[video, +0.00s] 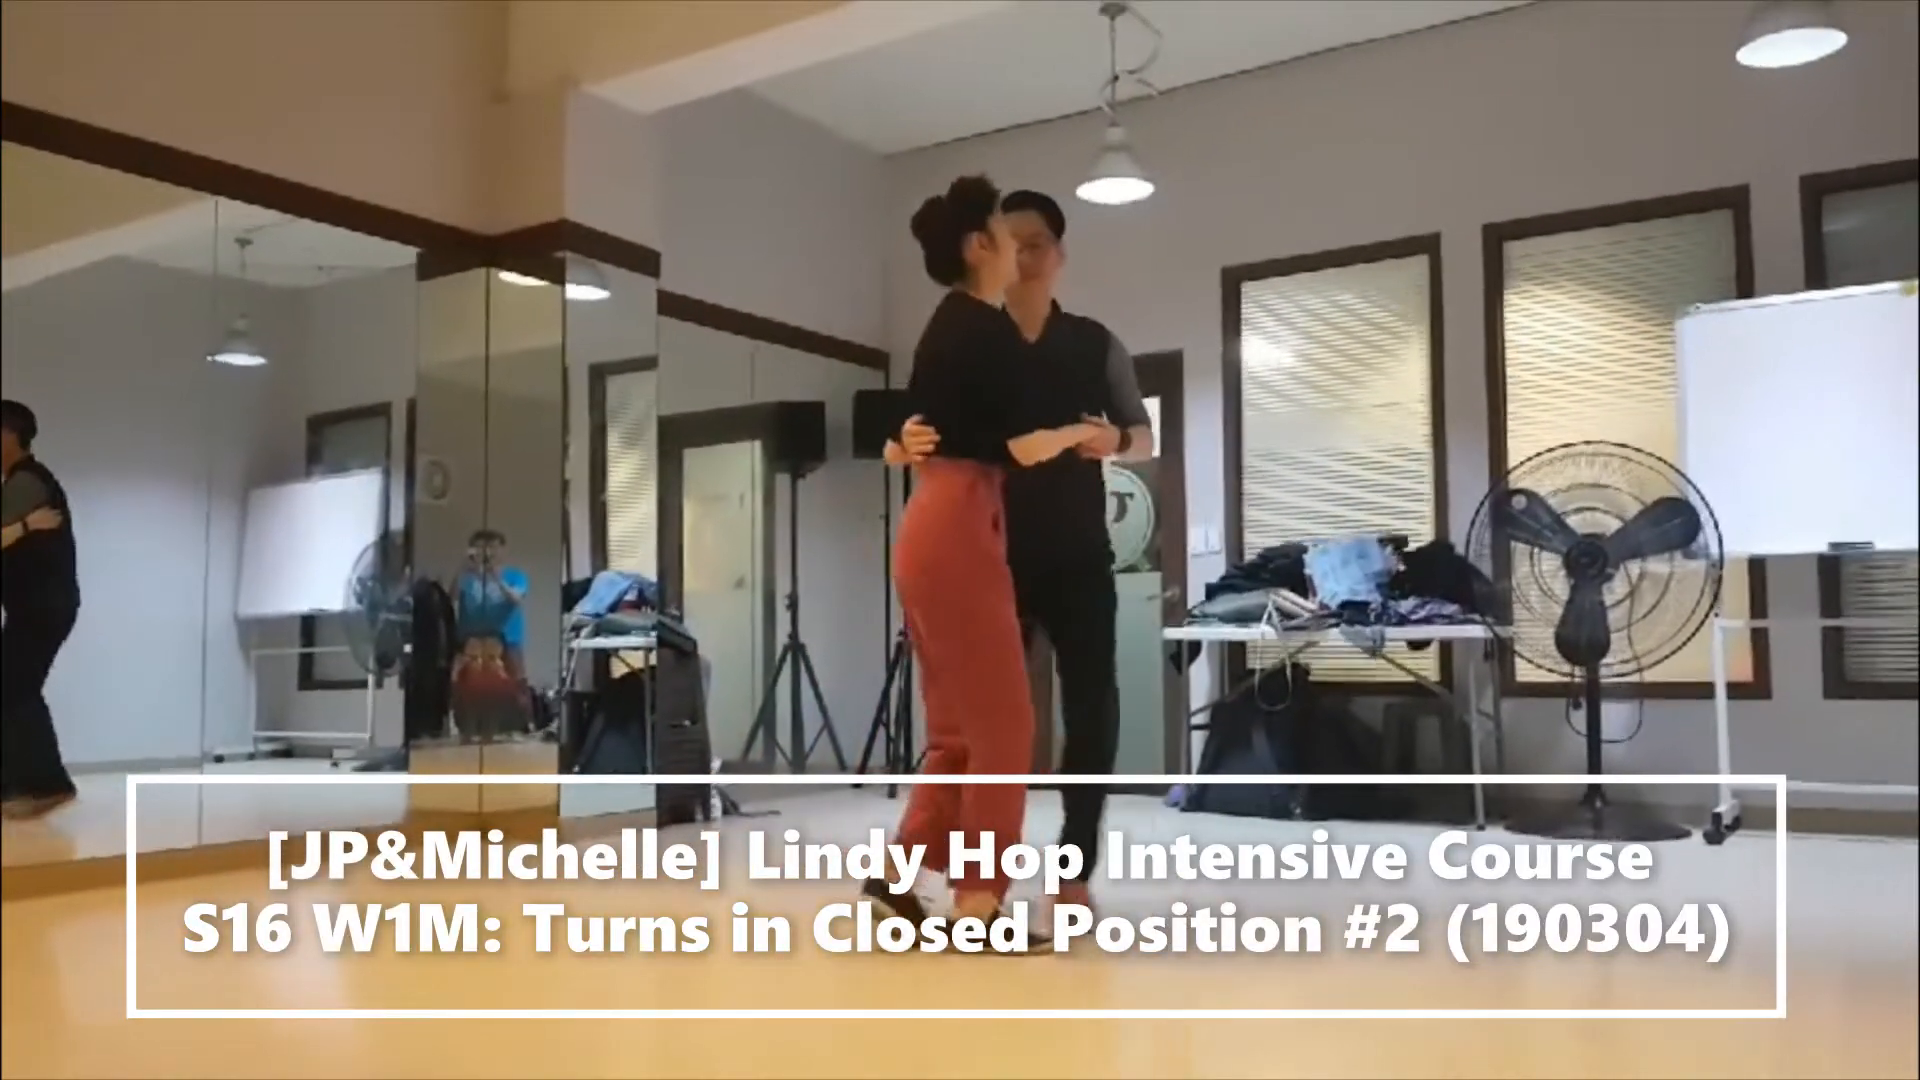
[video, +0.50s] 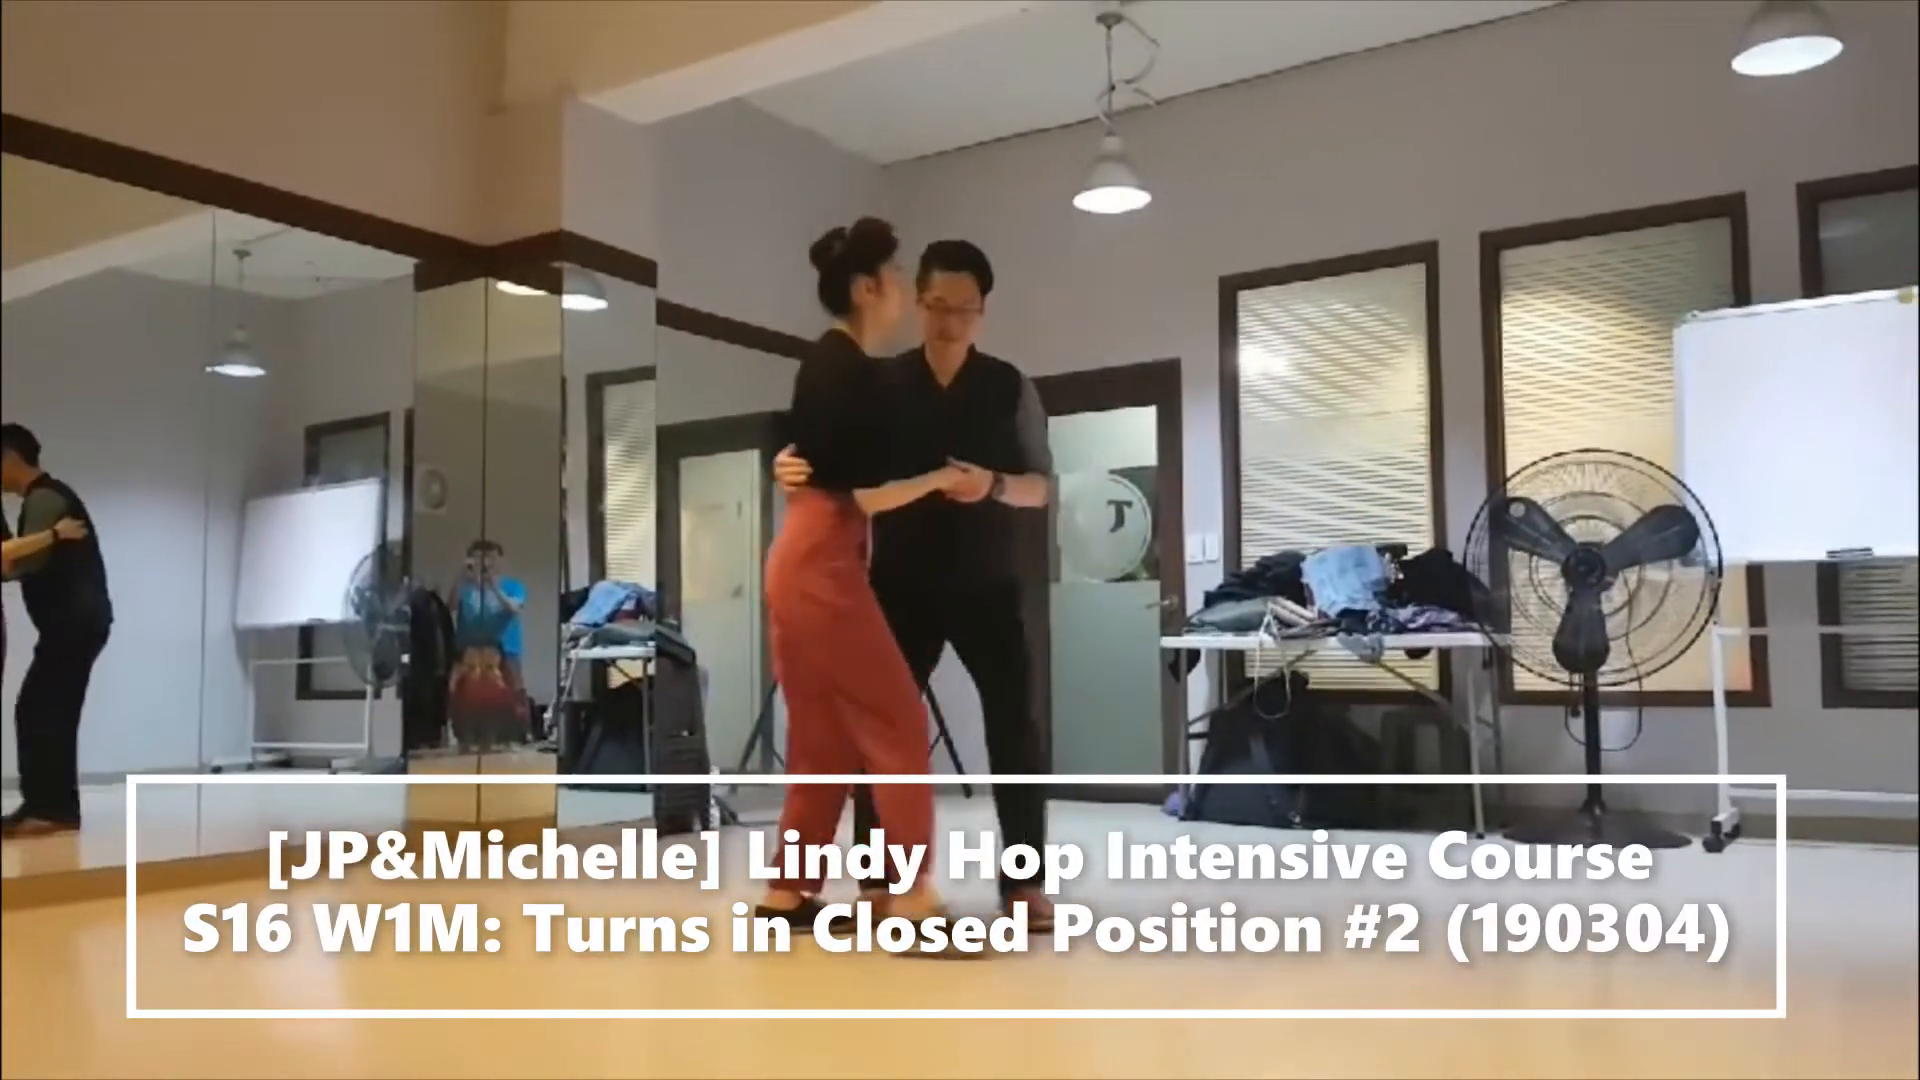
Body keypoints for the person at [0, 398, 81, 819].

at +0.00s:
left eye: (1, 434)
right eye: (0, 434)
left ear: (14, 437)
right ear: (18, 437)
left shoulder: (26, 483)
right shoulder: (28, 480)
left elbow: (7, 538)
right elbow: (11, 540)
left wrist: (25, 525)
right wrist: (25, 523)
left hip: (44, 604)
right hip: (36, 602)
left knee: (18, 686)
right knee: (19, 687)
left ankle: (47, 781)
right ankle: (40, 780)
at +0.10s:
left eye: (1, 440)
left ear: (12, 443)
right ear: (17, 443)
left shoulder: (24, 489)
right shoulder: (29, 485)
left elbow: (6, 543)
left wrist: (25, 530)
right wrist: (25, 529)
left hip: (43, 611)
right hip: (38, 609)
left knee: (13, 692)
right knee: (14, 692)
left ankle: (41, 783)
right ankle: (37, 782)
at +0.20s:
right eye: (1, 453)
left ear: (10, 453)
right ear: (16, 453)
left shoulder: (24, 500)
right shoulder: (24, 498)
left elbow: (7, 553)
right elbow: (8, 554)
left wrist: (25, 540)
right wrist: (27, 540)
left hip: (48, 620)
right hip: (41, 619)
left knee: (14, 702)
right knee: (16, 702)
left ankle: (36, 788)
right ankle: (44, 786)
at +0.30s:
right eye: (1, 457)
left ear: (10, 457)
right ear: (16, 457)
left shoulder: (25, 504)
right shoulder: (27, 500)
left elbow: (8, 557)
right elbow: (8, 558)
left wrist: (28, 544)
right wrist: (30, 543)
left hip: (52, 622)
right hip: (47, 620)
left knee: (17, 706)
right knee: (19, 706)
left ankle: (38, 799)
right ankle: (49, 796)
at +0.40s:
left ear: (10, 458)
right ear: (18, 458)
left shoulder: (34, 501)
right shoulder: (31, 499)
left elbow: (17, 558)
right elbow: (11, 557)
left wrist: (42, 541)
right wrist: (43, 540)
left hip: (65, 623)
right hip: (59, 622)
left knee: (30, 707)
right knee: (37, 708)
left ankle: (43, 806)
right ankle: (47, 804)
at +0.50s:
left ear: (14, 458)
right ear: (23, 457)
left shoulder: (44, 500)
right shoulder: (45, 497)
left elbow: (36, 558)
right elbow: (32, 556)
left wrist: (6, 563)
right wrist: (11, 560)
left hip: (74, 624)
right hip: (72, 623)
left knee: (37, 710)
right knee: (48, 711)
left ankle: (50, 809)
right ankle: (53, 806)